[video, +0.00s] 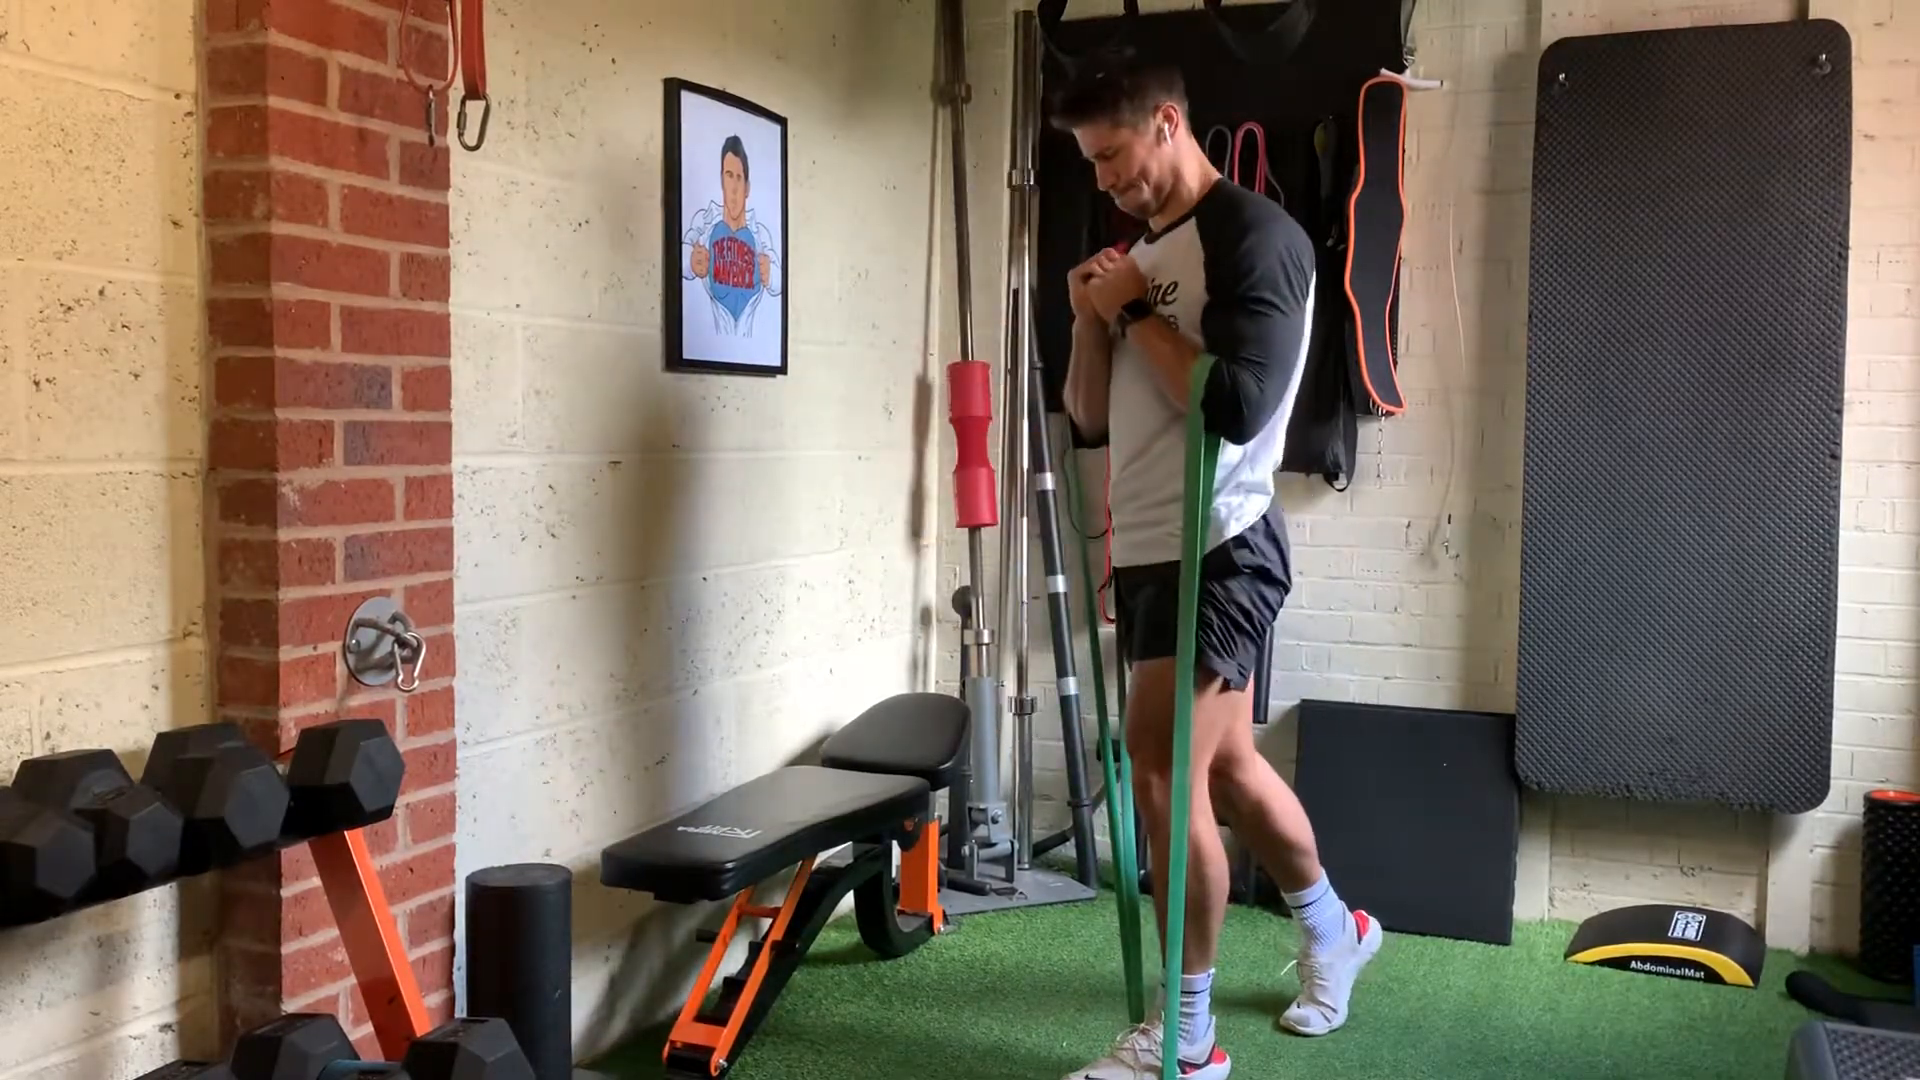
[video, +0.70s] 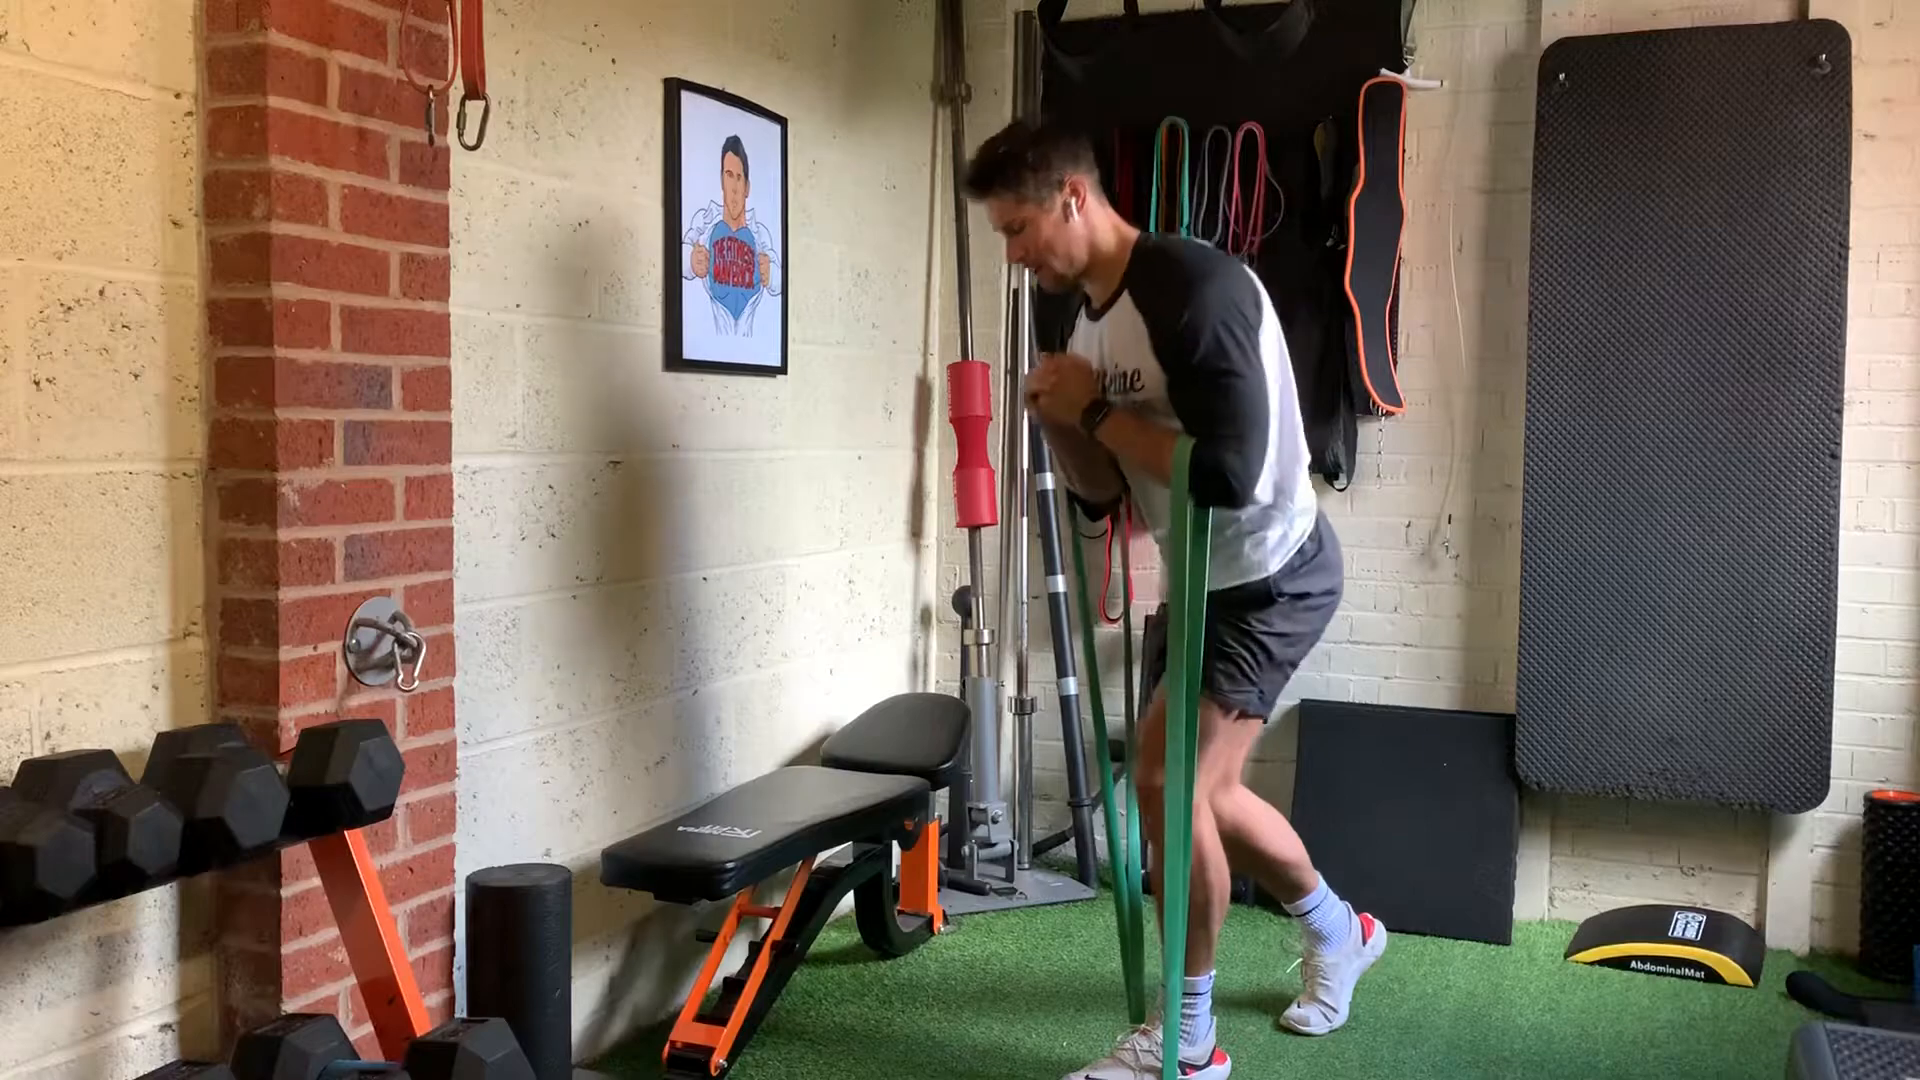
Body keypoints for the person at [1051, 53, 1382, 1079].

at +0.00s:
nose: (1109, 183)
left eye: (1119, 158)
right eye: (1094, 165)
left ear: (1173, 130)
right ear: (1094, 156)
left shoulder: (1260, 235)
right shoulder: (1124, 252)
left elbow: (1241, 404)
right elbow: (1091, 421)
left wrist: (1128, 314)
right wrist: (1094, 320)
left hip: (1222, 546)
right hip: (1144, 554)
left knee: (1164, 775)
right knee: (1231, 768)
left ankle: (1187, 1032)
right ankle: (1336, 930)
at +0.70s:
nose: (1012, 256)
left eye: (1018, 230)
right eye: (1001, 236)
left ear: (1078, 200)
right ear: (1064, 209)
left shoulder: (1202, 293)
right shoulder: (1067, 306)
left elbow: (1231, 479)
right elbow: (1105, 493)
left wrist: (1097, 417)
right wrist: (1061, 421)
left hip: (1275, 572)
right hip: (1200, 572)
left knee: (1163, 769)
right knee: (1205, 786)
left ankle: (1187, 1035)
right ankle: (1339, 926)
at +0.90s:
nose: (968, 358)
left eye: (975, 333)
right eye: (959, 339)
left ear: (1032, 302)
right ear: (1024, 307)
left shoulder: (1167, 372)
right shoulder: (1059, 403)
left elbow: (1229, 550)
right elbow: (1100, 567)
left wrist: (1092, 505)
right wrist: (1049, 514)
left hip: (1304, 584)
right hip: (1230, 587)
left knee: (1173, 790)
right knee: (1208, 804)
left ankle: (1187, 1036)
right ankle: (1345, 931)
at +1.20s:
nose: (938, 496)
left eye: (944, 473)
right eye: (930, 478)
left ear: (1000, 444)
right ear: (1001, 446)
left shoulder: (1143, 484)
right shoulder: (1036, 513)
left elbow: (1224, 653)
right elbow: (1107, 656)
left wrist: (1080, 624)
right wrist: (1056, 634)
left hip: (1332, 601)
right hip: (1260, 608)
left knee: (1194, 797)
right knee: (1181, 795)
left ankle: (1188, 1041)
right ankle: (1344, 933)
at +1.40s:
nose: (926, 557)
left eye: (933, 537)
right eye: (918, 540)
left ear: (988, 509)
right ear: (988, 512)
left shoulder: (1137, 537)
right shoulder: (1028, 564)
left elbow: (1224, 708)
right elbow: (1130, 689)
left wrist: (1080, 671)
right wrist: (1054, 686)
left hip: (1339, 604)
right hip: (1259, 614)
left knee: (1187, 796)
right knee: (1202, 815)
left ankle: (1187, 1040)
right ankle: (1345, 933)